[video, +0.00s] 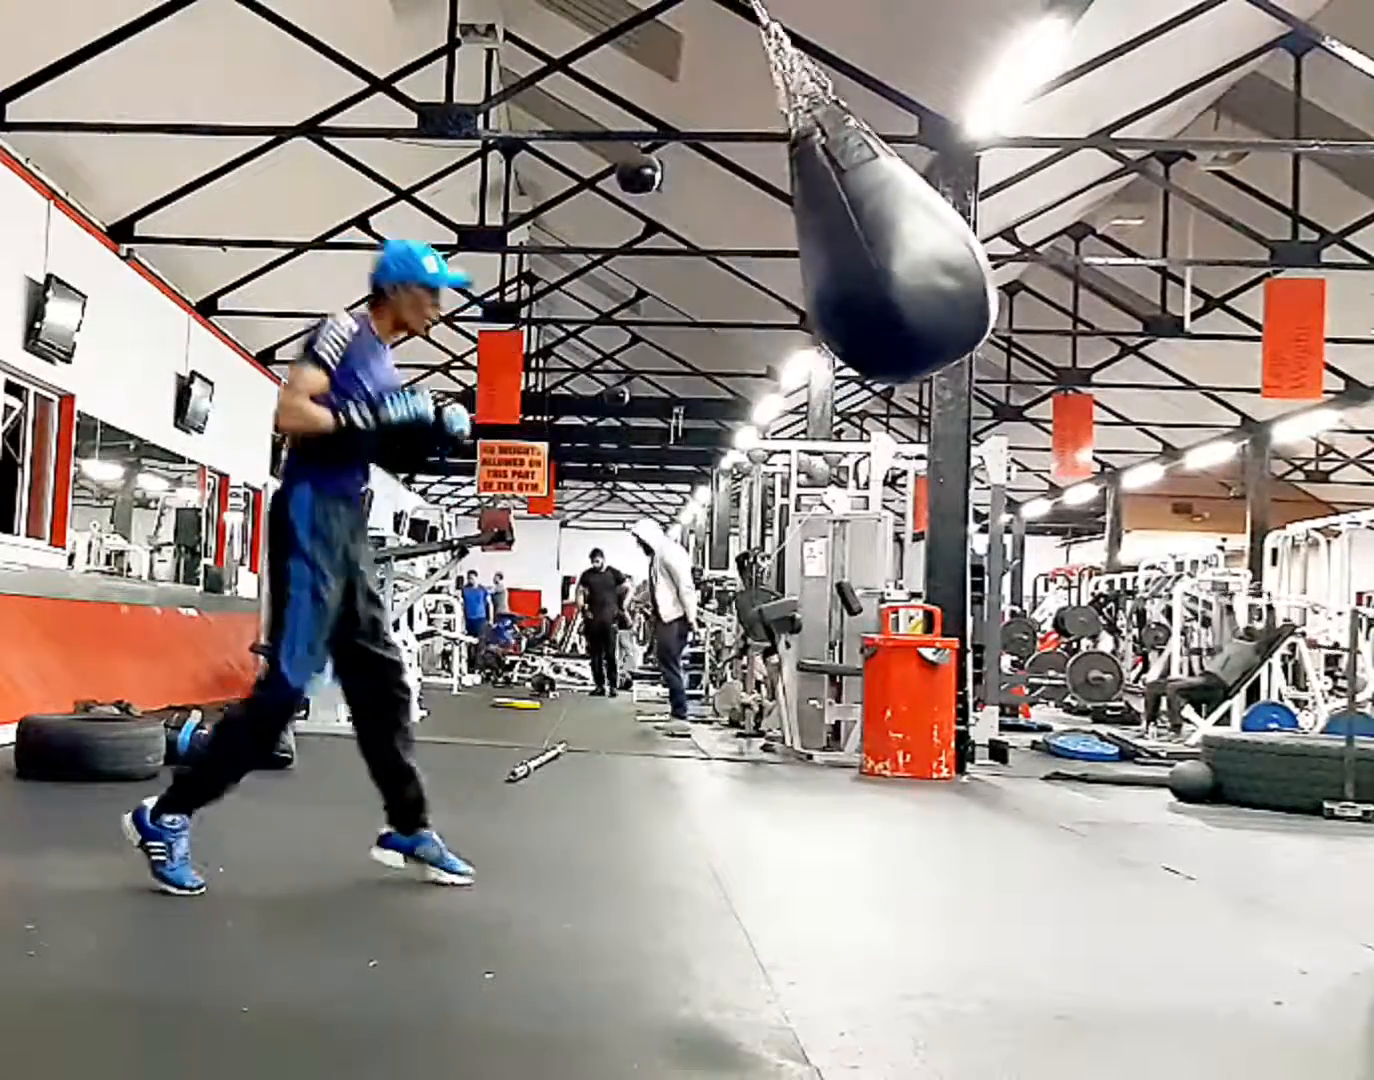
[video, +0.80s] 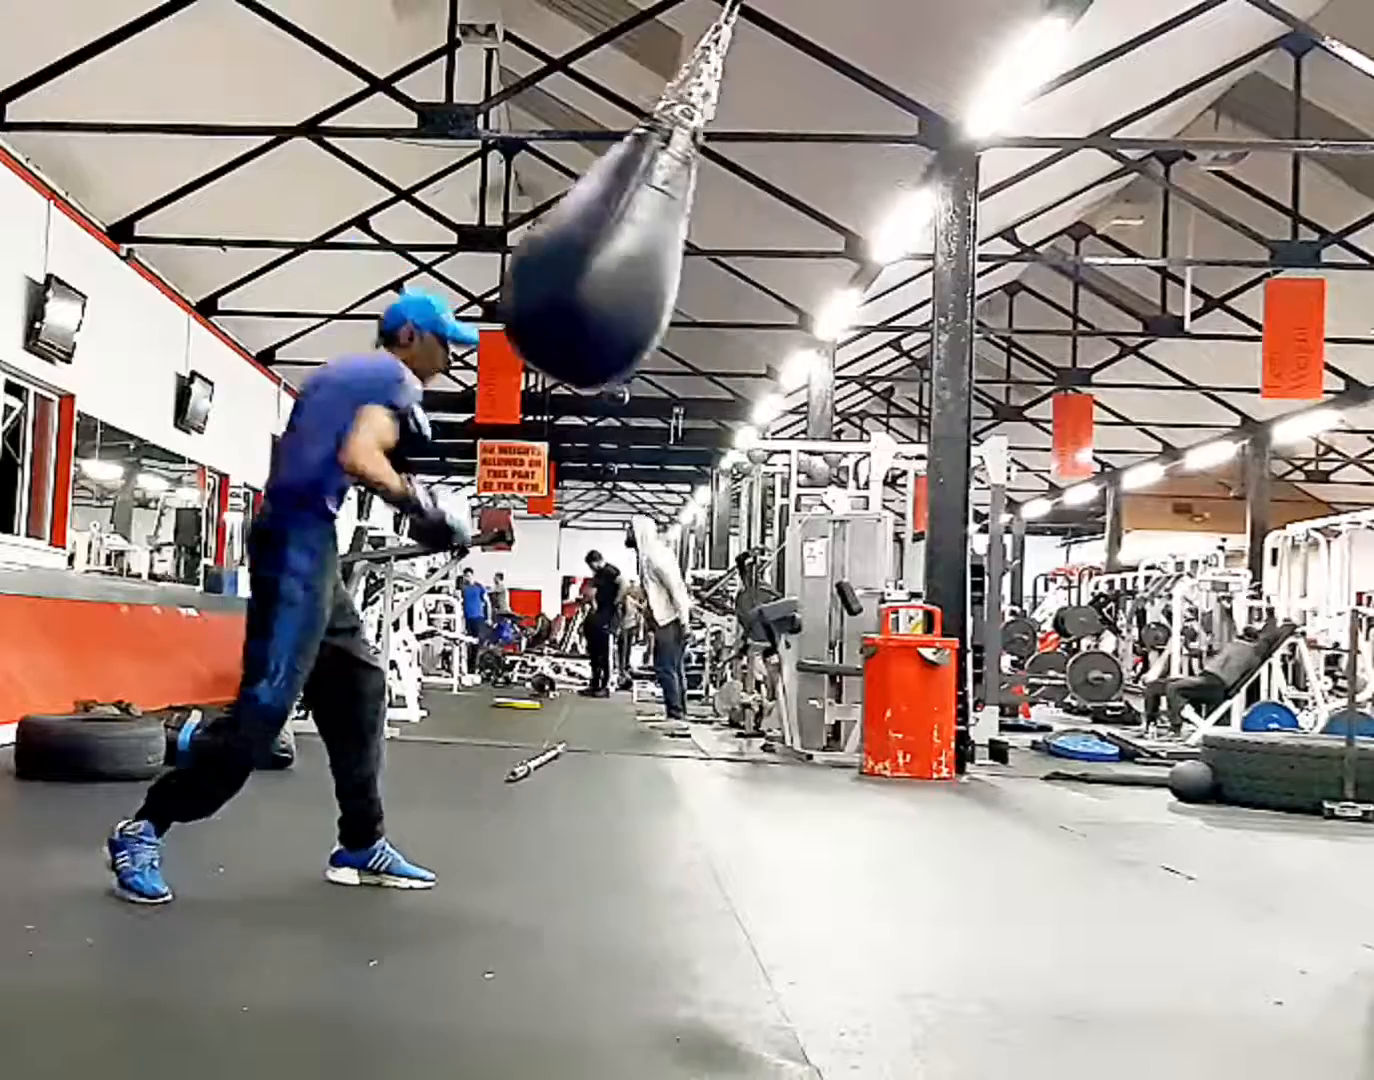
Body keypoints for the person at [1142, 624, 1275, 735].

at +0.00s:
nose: (1248, 628)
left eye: (1252, 628)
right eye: (1247, 627)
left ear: (1255, 637)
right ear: (1243, 632)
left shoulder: (1256, 650)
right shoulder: (1235, 641)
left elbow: (1272, 633)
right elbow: (1233, 625)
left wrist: (1270, 608)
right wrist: (1228, 609)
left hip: (1218, 682)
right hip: (1204, 675)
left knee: (1174, 689)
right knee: (1152, 688)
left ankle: (1176, 731)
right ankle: (1149, 727)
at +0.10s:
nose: (1251, 628)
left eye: (1256, 628)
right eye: (1251, 627)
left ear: (1258, 636)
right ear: (1247, 632)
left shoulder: (1257, 650)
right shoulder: (1235, 644)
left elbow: (1273, 642)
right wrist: (1225, 617)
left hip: (1217, 683)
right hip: (1203, 677)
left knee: (1173, 688)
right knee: (1152, 688)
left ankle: (1177, 732)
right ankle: (1147, 728)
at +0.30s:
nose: (1265, 632)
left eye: (1265, 630)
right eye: (1262, 629)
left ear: (1260, 636)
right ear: (1253, 633)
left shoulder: (1261, 651)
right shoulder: (1239, 643)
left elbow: (1281, 657)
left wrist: (1276, 640)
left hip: (1217, 683)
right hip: (1203, 674)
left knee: (1173, 688)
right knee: (1151, 688)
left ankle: (1176, 731)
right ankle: (1148, 728)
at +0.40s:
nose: (1256, 634)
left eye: (1259, 633)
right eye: (1259, 632)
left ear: (1258, 637)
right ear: (1256, 635)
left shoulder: (1260, 650)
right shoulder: (1238, 644)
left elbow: (1280, 657)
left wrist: (1276, 643)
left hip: (1217, 682)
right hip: (1203, 674)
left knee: (1173, 688)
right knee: (1151, 687)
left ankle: (1176, 731)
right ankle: (1148, 727)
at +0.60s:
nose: (1252, 628)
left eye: (1258, 627)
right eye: (1253, 626)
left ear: (1262, 635)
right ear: (1250, 630)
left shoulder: (1260, 651)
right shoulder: (1237, 642)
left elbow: (1276, 645)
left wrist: (1280, 633)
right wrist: (1223, 625)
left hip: (1218, 682)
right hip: (1204, 675)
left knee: (1173, 688)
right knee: (1152, 687)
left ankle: (1176, 732)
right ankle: (1148, 729)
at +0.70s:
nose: (1249, 628)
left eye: (1254, 627)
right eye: (1248, 626)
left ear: (1261, 634)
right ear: (1245, 631)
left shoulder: (1258, 650)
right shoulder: (1235, 642)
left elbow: (1287, 630)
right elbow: (1224, 628)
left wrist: (1278, 624)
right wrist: (1222, 613)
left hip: (1217, 684)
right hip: (1202, 677)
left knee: (1174, 687)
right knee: (1152, 688)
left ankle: (1176, 731)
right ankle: (1148, 728)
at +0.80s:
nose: (1246, 634)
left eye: (1250, 633)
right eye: (1246, 632)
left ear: (1251, 638)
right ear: (1251, 637)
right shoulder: (1232, 644)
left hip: (1217, 683)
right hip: (1201, 677)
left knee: (1174, 687)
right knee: (1151, 688)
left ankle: (1176, 730)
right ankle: (1148, 727)